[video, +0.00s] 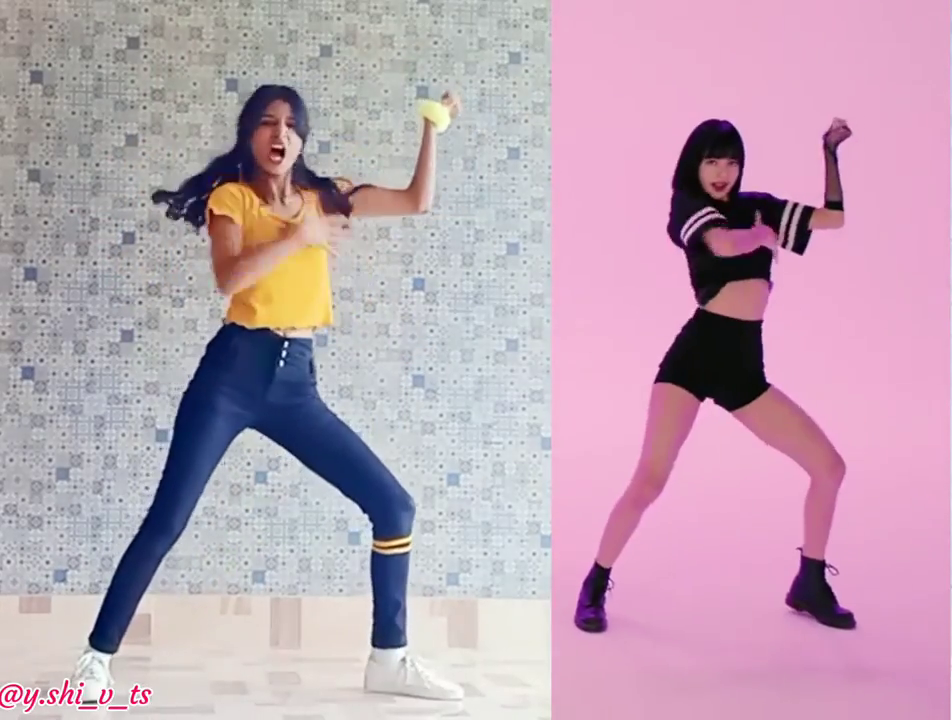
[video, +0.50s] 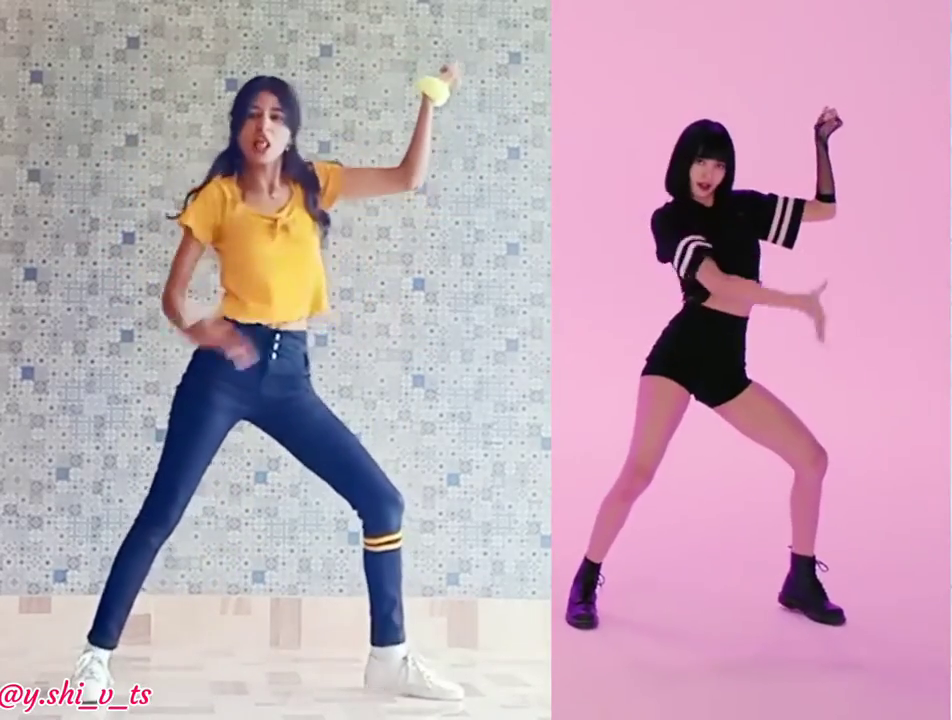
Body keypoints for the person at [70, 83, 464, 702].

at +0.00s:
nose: (280, 134)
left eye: (290, 126)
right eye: (267, 124)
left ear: (303, 138)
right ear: (246, 135)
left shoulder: (321, 197)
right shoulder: (231, 196)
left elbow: (415, 200)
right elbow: (231, 278)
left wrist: (429, 130)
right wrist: (304, 231)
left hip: (294, 387)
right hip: (230, 379)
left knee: (393, 505)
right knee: (166, 522)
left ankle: (389, 660)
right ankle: (95, 661)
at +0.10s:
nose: (305, 134)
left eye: (313, 126)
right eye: (292, 123)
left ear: (321, 142)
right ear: (263, 135)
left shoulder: (333, 198)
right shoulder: (231, 204)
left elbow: (420, 205)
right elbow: (159, 279)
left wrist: (431, 136)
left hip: (296, 388)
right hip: (233, 378)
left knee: (398, 506)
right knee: (166, 523)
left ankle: (390, 659)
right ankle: (95, 662)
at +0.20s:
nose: (297, 131)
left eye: (305, 122)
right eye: (284, 122)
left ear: (316, 136)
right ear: (260, 135)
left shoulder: (331, 194)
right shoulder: (235, 203)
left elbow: (422, 201)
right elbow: (191, 284)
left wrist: (434, 131)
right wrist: (243, 220)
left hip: (295, 387)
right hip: (230, 377)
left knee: (393, 505)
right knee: (165, 523)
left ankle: (390, 659)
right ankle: (95, 661)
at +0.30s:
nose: (288, 127)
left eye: (298, 120)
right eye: (276, 118)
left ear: (311, 135)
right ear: (255, 133)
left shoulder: (324, 191)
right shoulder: (239, 197)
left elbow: (418, 192)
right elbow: (232, 284)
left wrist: (428, 119)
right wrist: (289, 228)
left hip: (292, 386)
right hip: (228, 376)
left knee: (389, 506)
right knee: (163, 522)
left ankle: (389, 660)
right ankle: (95, 661)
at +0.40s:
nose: (277, 127)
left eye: (288, 118)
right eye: (264, 117)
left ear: (302, 132)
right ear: (247, 131)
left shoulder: (321, 188)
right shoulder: (233, 195)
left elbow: (412, 185)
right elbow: (213, 290)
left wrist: (425, 108)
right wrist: (295, 257)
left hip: (291, 382)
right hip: (226, 373)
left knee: (385, 505)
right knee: (162, 520)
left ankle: (389, 660)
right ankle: (95, 662)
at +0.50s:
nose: (261, 127)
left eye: (274, 117)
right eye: (250, 116)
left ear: (291, 129)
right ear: (236, 126)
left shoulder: (315, 184)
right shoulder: (217, 196)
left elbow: (408, 176)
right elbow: (174, 292)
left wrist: (428, 102)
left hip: (289, 377)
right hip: (223, 370)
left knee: (382, 502)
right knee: (160, 517)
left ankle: (390, 658)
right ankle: (95, 661)